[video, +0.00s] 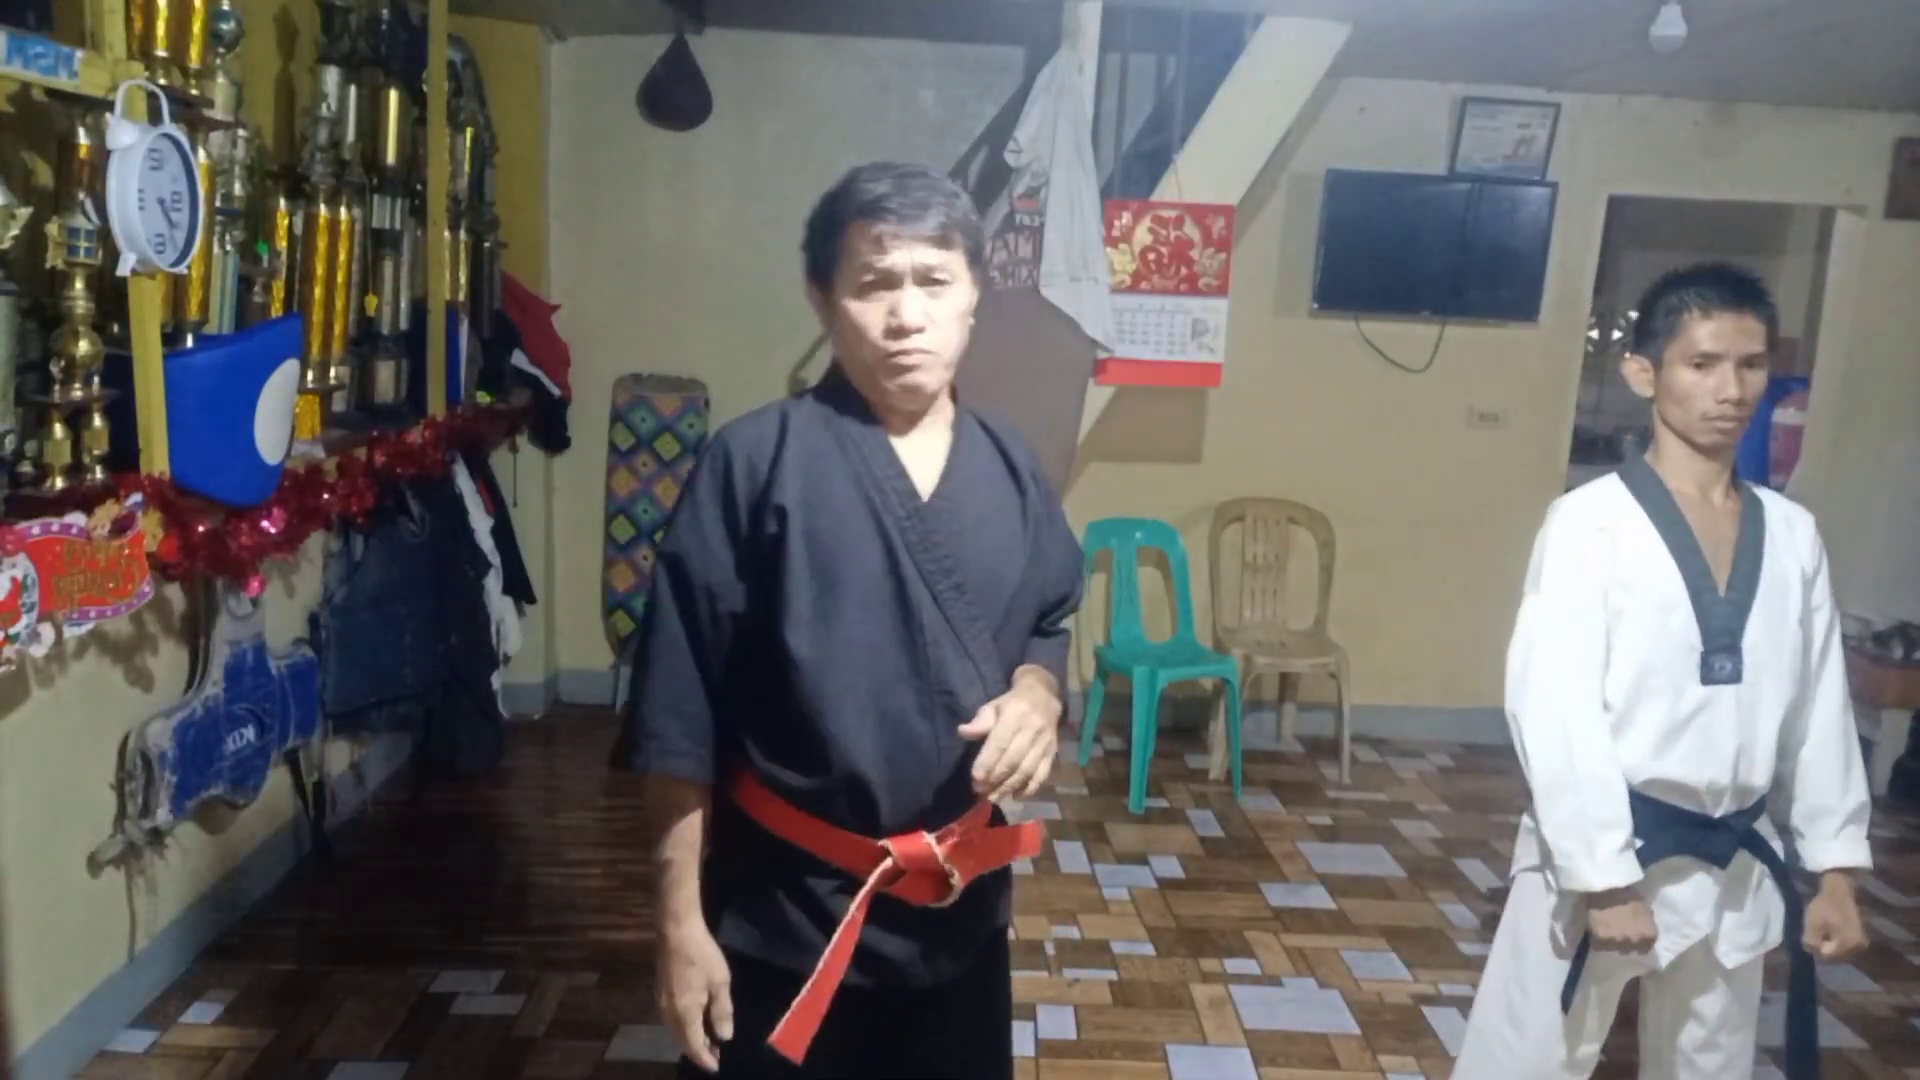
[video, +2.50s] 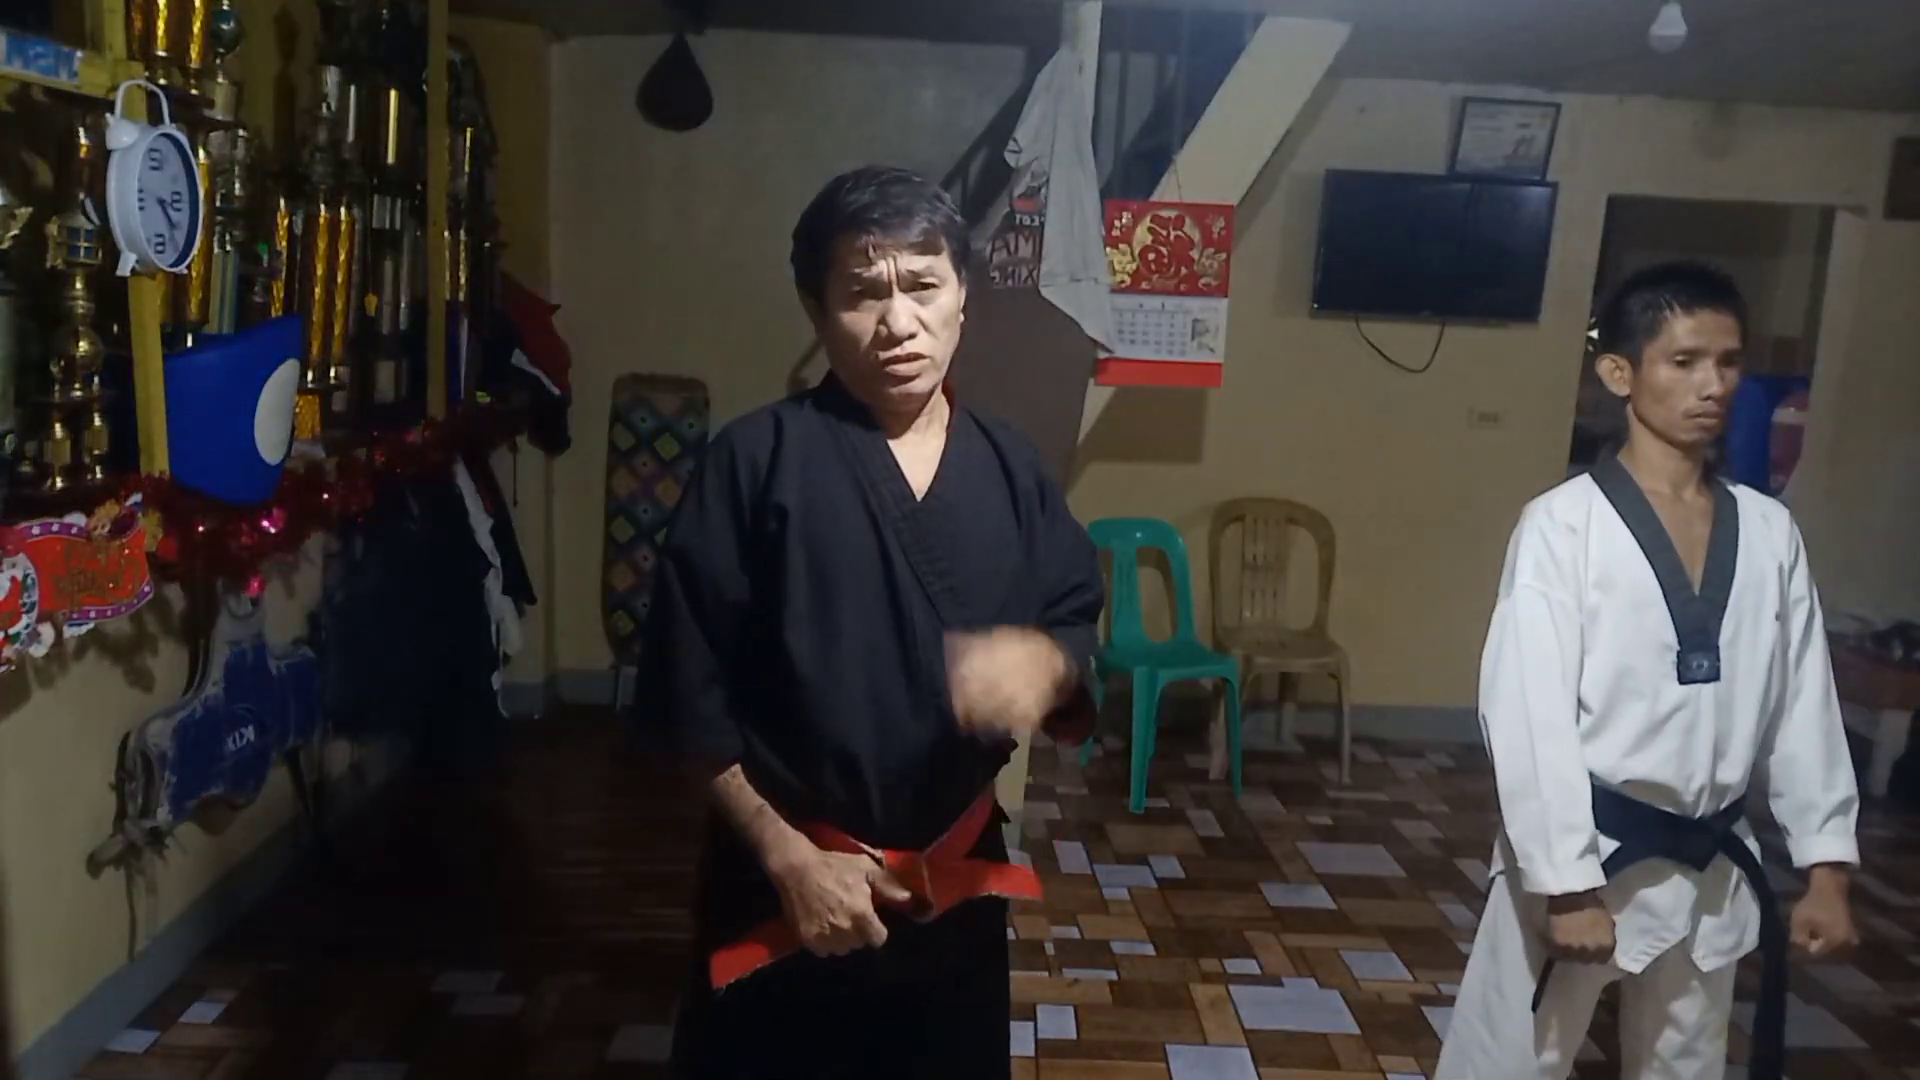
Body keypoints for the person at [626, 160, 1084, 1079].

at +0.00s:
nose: (907, 313)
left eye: (934, 282)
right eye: (876, 284)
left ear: (976, 296)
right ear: (824, 303)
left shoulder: (1005, 463)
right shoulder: (752, 464)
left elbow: (1048, 622)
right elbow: (677, 699)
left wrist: (1040, 694)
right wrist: (679, 919)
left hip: (961, 915)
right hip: (790, 918)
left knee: (962, 1067)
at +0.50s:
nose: (877, 313)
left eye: (900, 278)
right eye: (840, 289)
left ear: (943, 289)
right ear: (788, 316)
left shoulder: (995, 465)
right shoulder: (726, 478)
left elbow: (1038, 624)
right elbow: (653, 726)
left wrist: (1014, 708)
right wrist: (659, 954)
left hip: (947, 923)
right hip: (772, 933)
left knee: (944, 1069)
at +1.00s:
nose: (899, 303)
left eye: (924, 273)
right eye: (864, 276)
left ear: (962, 293)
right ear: (811, 303)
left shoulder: (1004, 474)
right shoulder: (732, 469)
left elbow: (1039, 644)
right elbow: (648, 682)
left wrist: (1020, 785)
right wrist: (759, 826)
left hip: (951, 926)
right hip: (771, 926)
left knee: (951, 1071)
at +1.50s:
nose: (887, 302)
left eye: (912, 271)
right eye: (853, 277)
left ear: (953, 291)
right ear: (805, 309)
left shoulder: (1000, 470)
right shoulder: (740, 464)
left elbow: (1032, 658)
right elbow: (668, 693)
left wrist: (1014, 814)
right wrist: (802, 840)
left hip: (953, 931)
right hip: (776, 931)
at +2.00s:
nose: (897, 310)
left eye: (920, 277)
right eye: (861, 286)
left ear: (961, 292)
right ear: (815, 315)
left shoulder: (1009, 465)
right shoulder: (752, 465)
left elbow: (1043, 656)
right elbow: (686, 689)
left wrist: (1021, 813)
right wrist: (799, 851)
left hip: (960, 926)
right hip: (789, 931)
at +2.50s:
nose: (897, 321)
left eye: (921, 286)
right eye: (862, 294)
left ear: (961, 296)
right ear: (816, 314)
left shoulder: (1010, 465)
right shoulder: (751, 464)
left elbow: (1077, 627)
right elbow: (679, 692)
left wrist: (1040, 662)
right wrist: (786, 853)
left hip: (956, 908)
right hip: (780, 907)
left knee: (956, 1071)